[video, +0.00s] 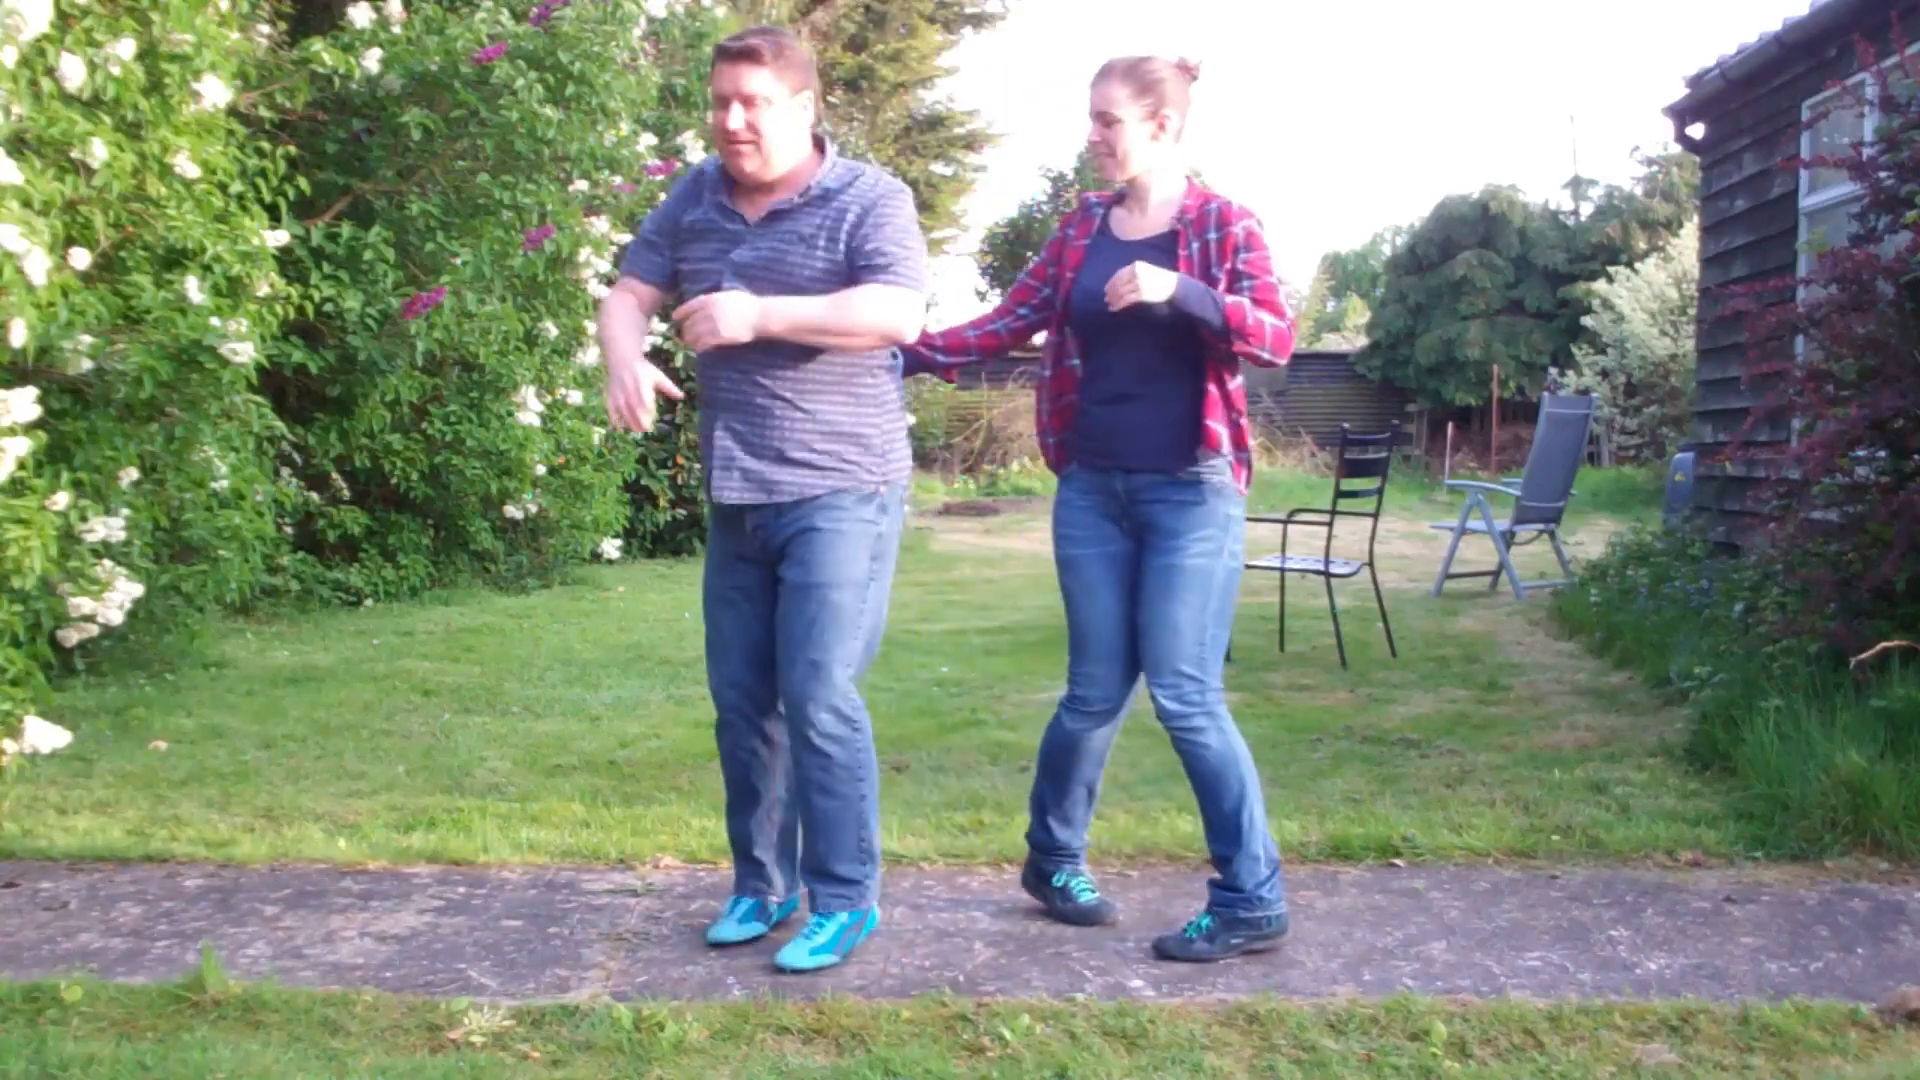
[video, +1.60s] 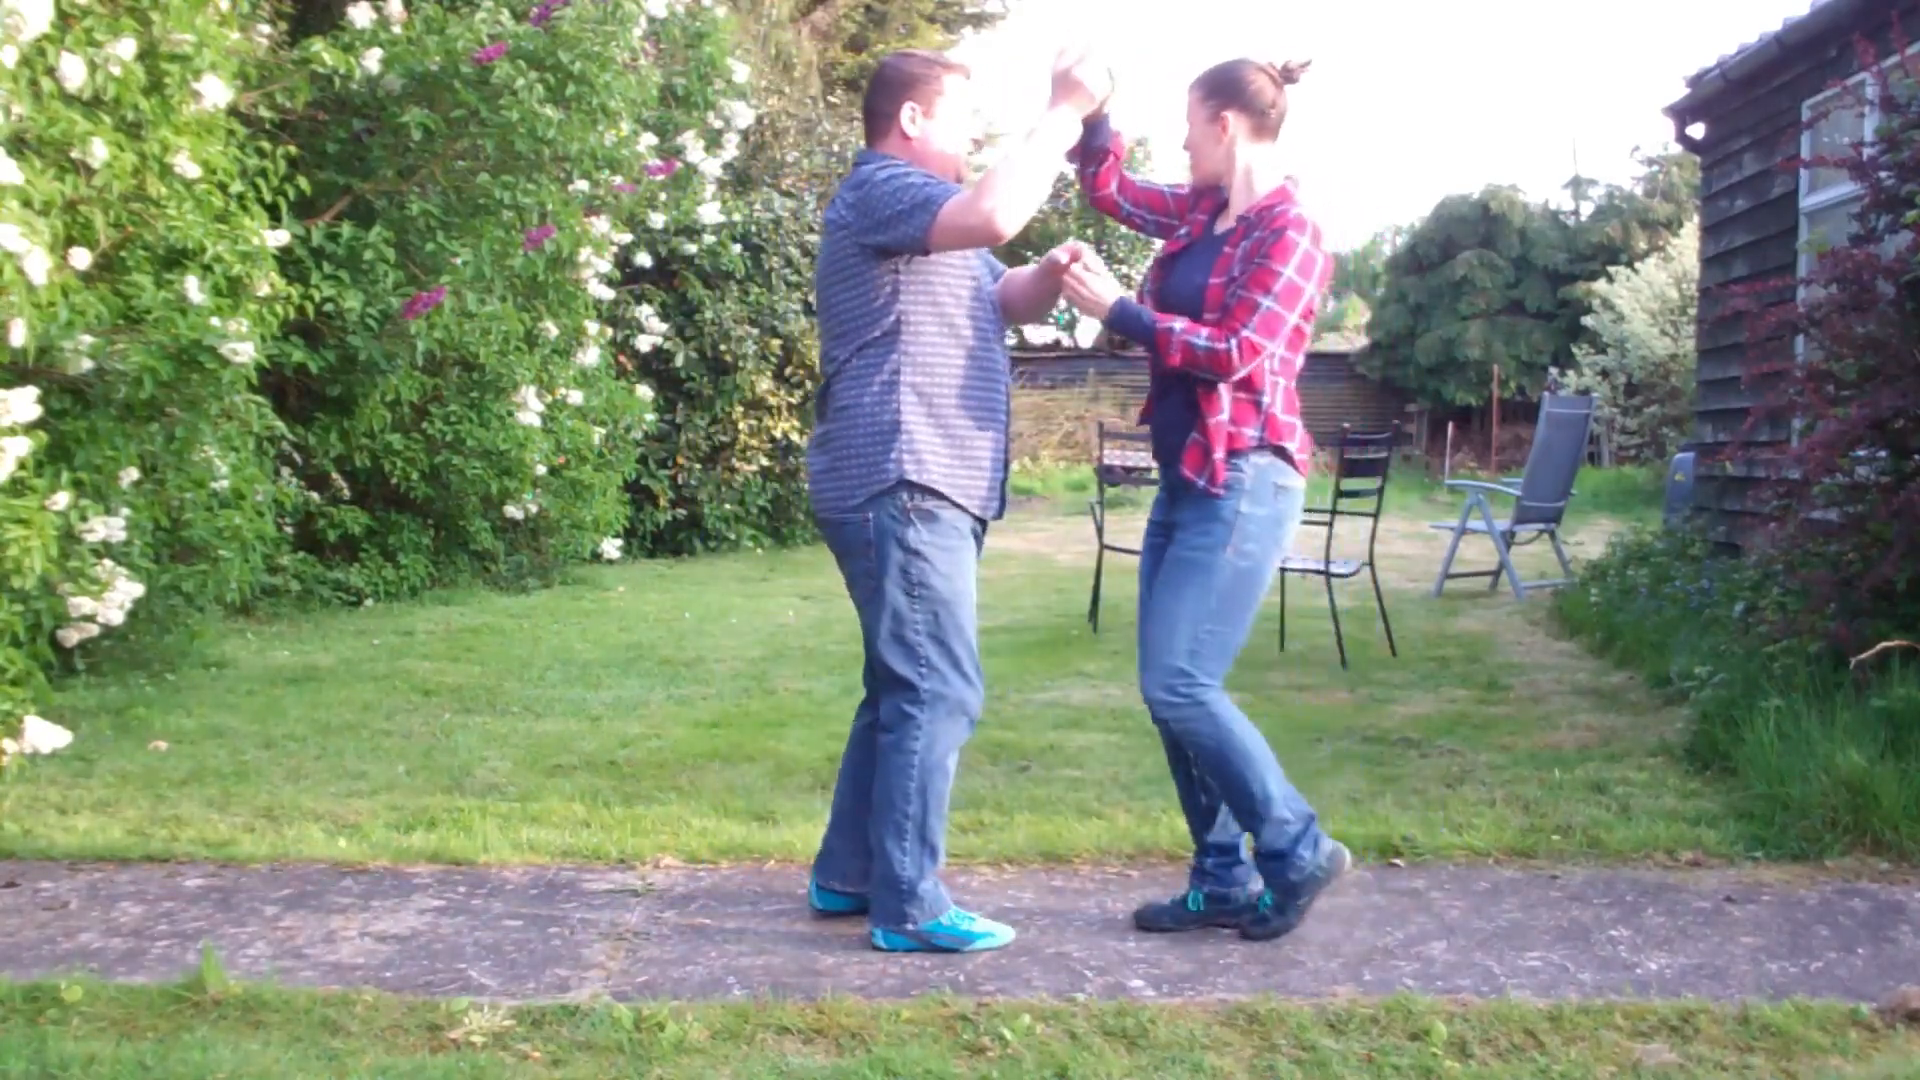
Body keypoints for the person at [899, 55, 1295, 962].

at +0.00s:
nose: (1092, 140)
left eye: (1108, 123)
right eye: (1090, 124)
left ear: (1165, 126)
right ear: (1099, 130)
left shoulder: (1223, 224)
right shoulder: (1082, 228)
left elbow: (1276, 337)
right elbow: (1010, 323)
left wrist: (1173, 287)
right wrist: (904, 348)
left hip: (1194, 490)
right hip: (1089, 488)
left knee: (1184, 691)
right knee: (1094, 693)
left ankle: (1253, 898)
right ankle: (1052, 861)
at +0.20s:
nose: (1143, 149)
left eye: (1157, 134)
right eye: (1143, 134)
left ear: (1212, 136)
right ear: (1176, 138)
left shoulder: (1265, 234)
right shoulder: (1154, 248)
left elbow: (1275, 341)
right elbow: (1084, 351)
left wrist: (1164, 291)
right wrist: (981, 394)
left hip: (1240, 499)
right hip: (1155, 501)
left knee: (1188, 704)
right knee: (1125, 699)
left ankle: (1256, 906)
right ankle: (1204, 846)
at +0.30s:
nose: (1166, 150)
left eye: (1181, 135)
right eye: (1167, 135)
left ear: (1235, 142)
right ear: (1209, 145)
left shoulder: (1285, 237)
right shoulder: (1185, 252)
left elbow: (1274, 354)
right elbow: (1116, 354)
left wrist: (1159, 304)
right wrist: (1017, 397)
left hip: (1259, 494)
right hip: (1193, 496)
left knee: (1193, 701)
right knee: (1157, 700)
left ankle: (1253, 905)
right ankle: (1306, 815)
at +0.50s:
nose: (1208, 141)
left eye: (1222, 127)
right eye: (1211, 127)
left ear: (1274, 132)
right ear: (1262, 133)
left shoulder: (1318, 226)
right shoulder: (1240, 242)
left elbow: (1273, 345)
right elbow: (1172, 348)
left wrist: (1163, 303)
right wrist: (1079, 387)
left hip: (1296, 487)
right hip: (1268, 487)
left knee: (1226, 695)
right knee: (1292, 699)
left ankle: (1252, 905)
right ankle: (1417, 849)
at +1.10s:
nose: (1233, 135)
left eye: (1245, 119)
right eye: (1235, 120)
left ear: (1293, 123)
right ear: (1278, 125)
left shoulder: (1345, 224)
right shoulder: (1267, 231)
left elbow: (1316, 353)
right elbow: (1192, 307)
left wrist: (1197, 349)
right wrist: (1112, 258)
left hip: (1323, 484)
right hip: (1268, 486)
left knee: (1287, 693)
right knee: (1233, 682)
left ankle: (1342, 890)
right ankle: (1373, 813)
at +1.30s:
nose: (1214, 135)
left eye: (1222, 118)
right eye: (1217, 120)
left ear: (1261, 120)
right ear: (1260, 122)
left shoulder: (1339, 225)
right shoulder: (1231, 213)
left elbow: (1310, 355)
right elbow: (1130, 215)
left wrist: (1175, 338)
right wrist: (1097, 133)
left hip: (1308, 482)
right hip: (1228, 484)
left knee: (1292, 692)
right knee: (1185, 681)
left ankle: (1345, 886)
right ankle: (1239, 868)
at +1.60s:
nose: (1181, 142)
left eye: (1188, 125)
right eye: (1183, 127)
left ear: (1226, 127)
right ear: (1231, 128)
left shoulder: (1290, 232)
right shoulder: (1199, 214)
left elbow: (1239, 354)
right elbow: (1110, 190)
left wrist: (1120, 311)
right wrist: (1092, 112)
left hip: (1247, 476)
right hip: (1187, 476)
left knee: (1180, 680)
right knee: (1170, 682)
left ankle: (1298, 849)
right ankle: (1222, 877)